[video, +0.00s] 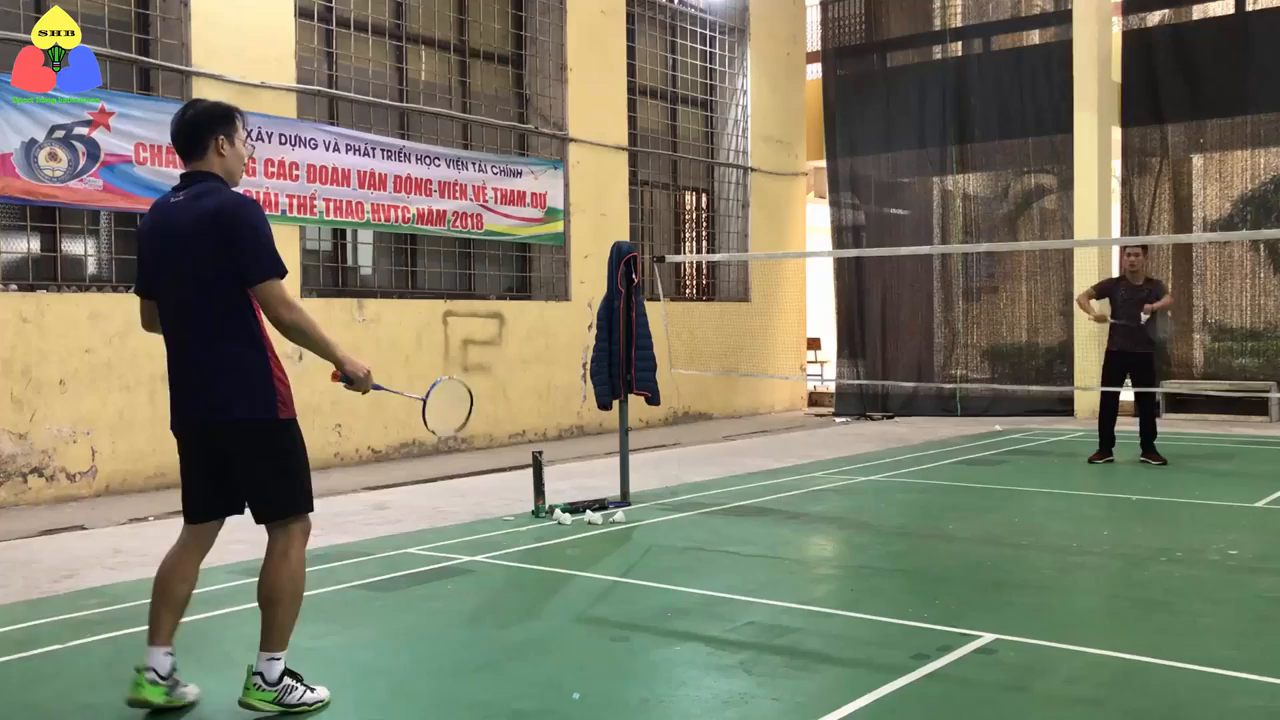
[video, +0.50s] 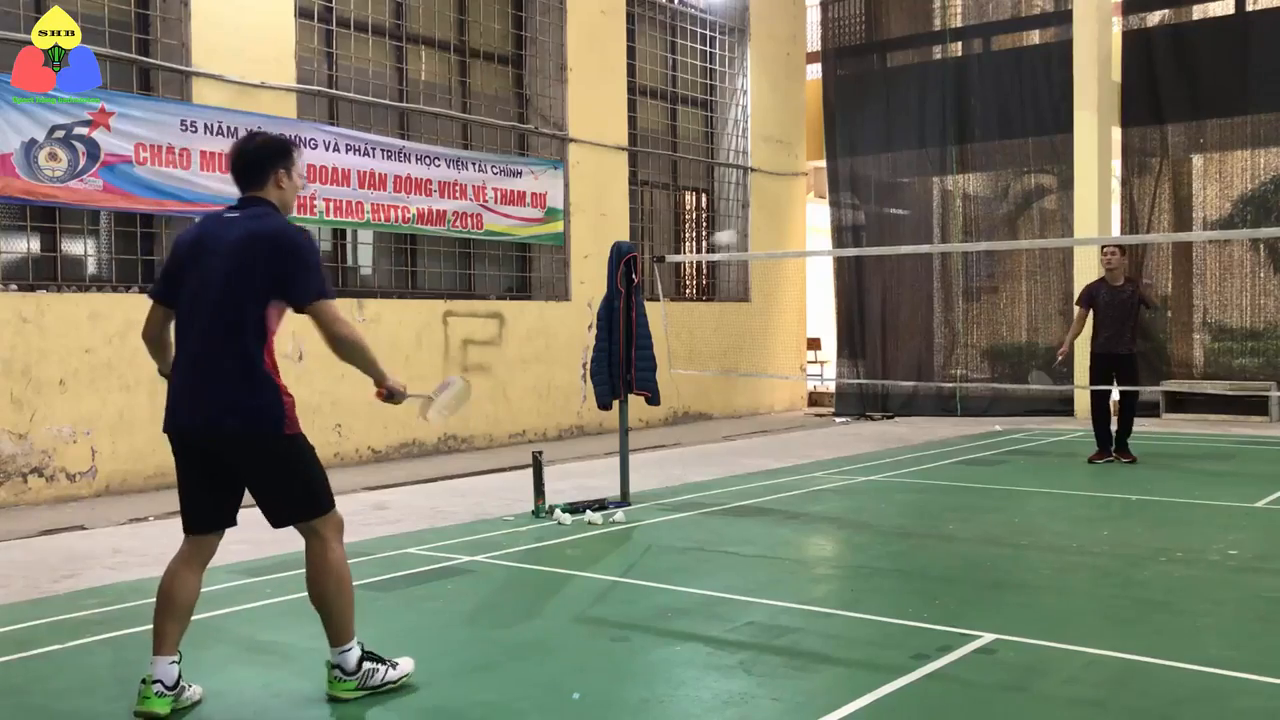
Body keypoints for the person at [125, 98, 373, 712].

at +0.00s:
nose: (249, 152)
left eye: (247, 140)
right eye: (244, 140)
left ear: (186, 149)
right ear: (222, 143)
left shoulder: (156, 217)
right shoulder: (237, 209)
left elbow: (152, 318)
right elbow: (281, 307)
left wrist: (220, 315)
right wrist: (342, 358)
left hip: (194, 407)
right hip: (257, 403)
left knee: (197, 530)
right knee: (290, 528)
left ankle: (156, 670)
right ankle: (270, 675)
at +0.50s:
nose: (300, 188)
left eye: (298, 177)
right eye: (297, 177)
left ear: (243, 180)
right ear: (279, 178)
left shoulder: (196, 235)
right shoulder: (286, 239)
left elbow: (154, 331)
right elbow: (337, 330)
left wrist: (177, 375)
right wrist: (381, 374)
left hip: (191, 416)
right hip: (258, 416)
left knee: (197, 542)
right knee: (324, 529)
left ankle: (161, 679)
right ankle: (349, 664)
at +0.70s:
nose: (346, 203)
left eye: (346, 194)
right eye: (345, 194)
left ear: (285, 193)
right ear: (331, 195)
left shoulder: (236, 238)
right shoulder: (346, 245)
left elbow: (177, 322)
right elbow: (434, 299)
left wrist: (166, 379)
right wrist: (427, 365)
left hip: (211, 410)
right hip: (284, 415)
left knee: (205, 524)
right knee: (343, 529)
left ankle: (167, 659)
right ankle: (353, 664)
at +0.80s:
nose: (351, 205)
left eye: (349, 196)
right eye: (350, 197)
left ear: (292, 194)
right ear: (340, 198)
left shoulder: (241, 236)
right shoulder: (359, 246)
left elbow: (177, 315)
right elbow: (451, 281)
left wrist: (158, 369)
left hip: (213, 411)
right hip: (289, 416)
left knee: (193, 527)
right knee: (344, 529)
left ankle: (165, 663)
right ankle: (354, 664)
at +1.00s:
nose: (330, 200)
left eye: (326, 190)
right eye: (327, 191)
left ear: (269, 189)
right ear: (314, 192)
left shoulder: (219, 234)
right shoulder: (336, 236)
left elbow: (148, 310)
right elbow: (438, 240)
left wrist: (123, 364)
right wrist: (506, 237)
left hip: (196, 412)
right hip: (276, 416)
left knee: (153, 534)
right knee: (335, 528)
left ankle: (104, 667)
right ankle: (354, 663)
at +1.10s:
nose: (300, 197)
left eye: (296, 186)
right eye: (297, 188)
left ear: (239, 190)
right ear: (284, 192)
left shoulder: (188, 246)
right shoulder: (307, 243)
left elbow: (125, 327)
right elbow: (414, 255)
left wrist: (106, 391)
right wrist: (482, 261)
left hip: (177, 430)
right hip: (256, 430)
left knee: (128, 546)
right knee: (326, 532)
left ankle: (54, 670)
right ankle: (354, 662)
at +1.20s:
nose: (263, 206)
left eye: (259, 196)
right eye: (259, 197)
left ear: (205, 204)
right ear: (244, 203)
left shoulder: (155, 260)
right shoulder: (266, 257)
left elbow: (101, 350)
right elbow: (362, 300)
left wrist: (107, 410)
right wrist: (424, 311)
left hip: (145, 439)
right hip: (219, 441)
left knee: (104, 565)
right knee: (303, 543)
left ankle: (28, 689)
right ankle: (352, 663)